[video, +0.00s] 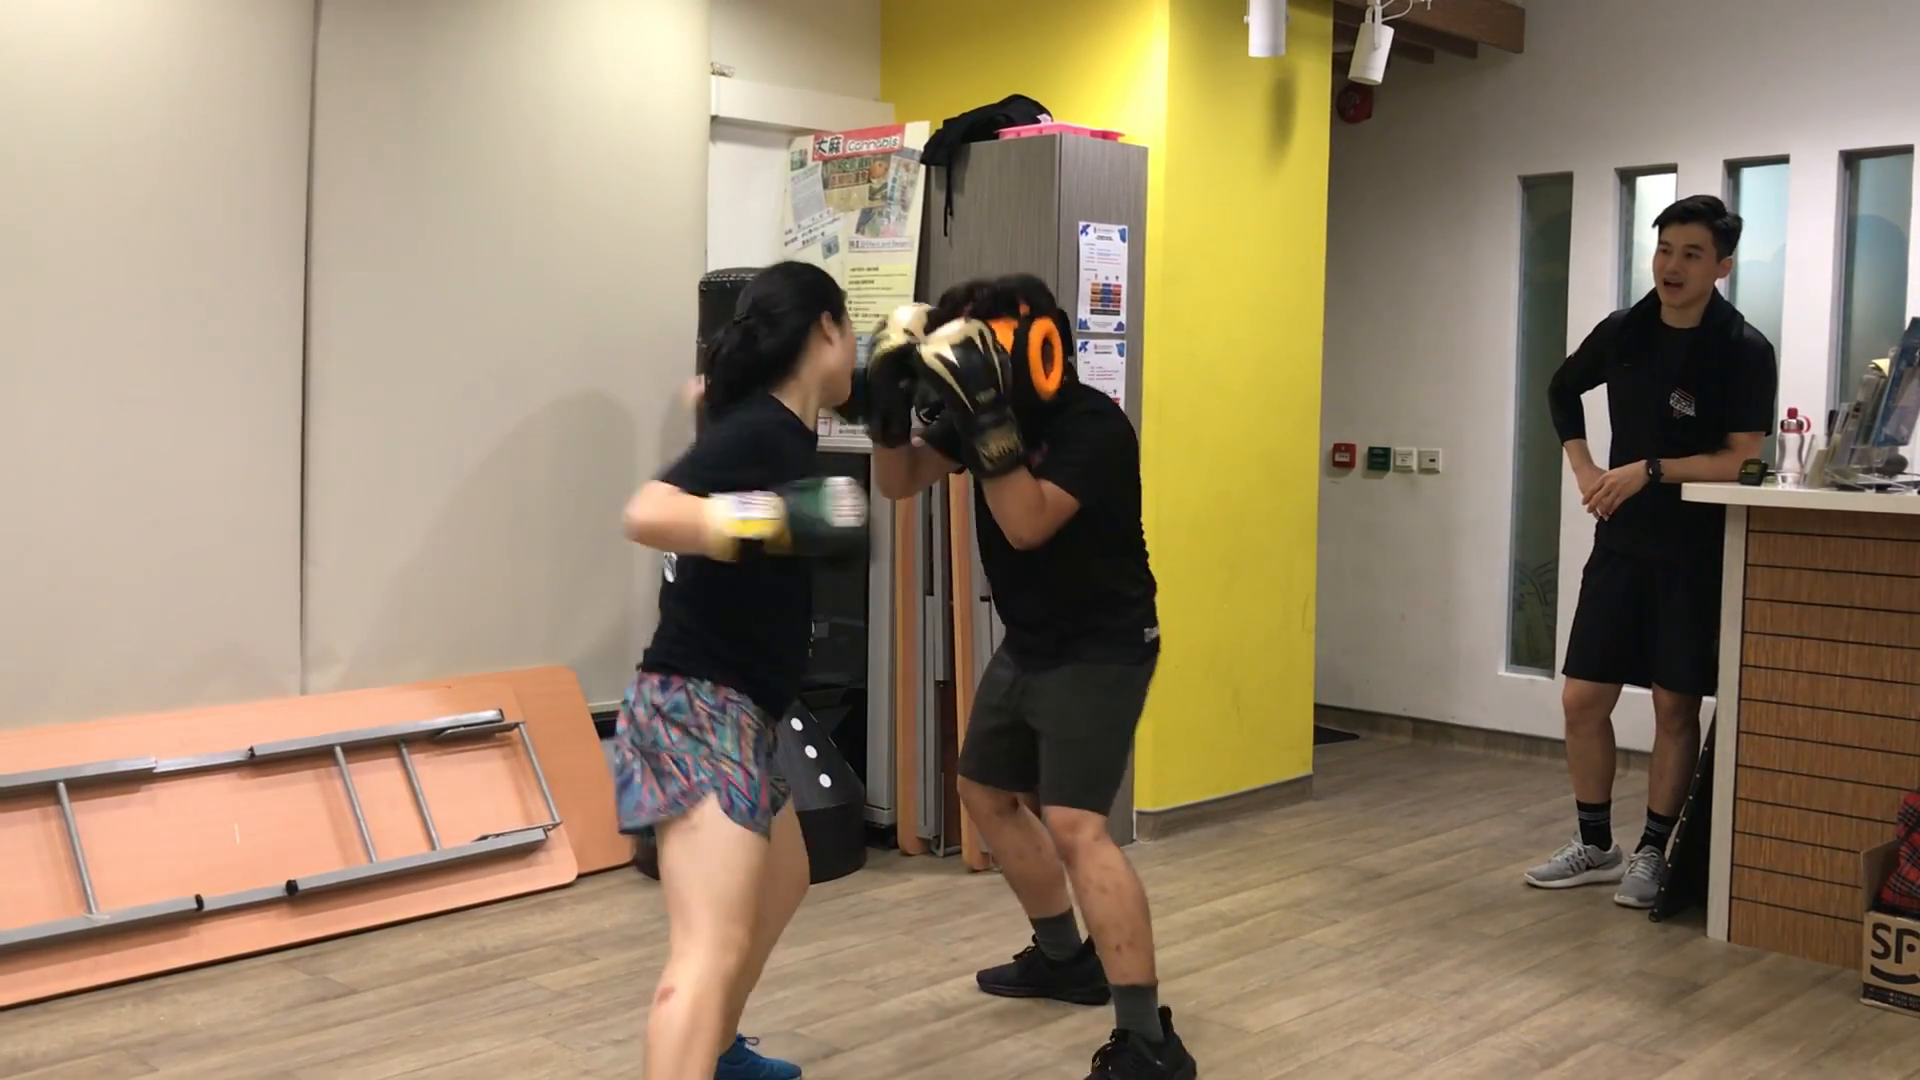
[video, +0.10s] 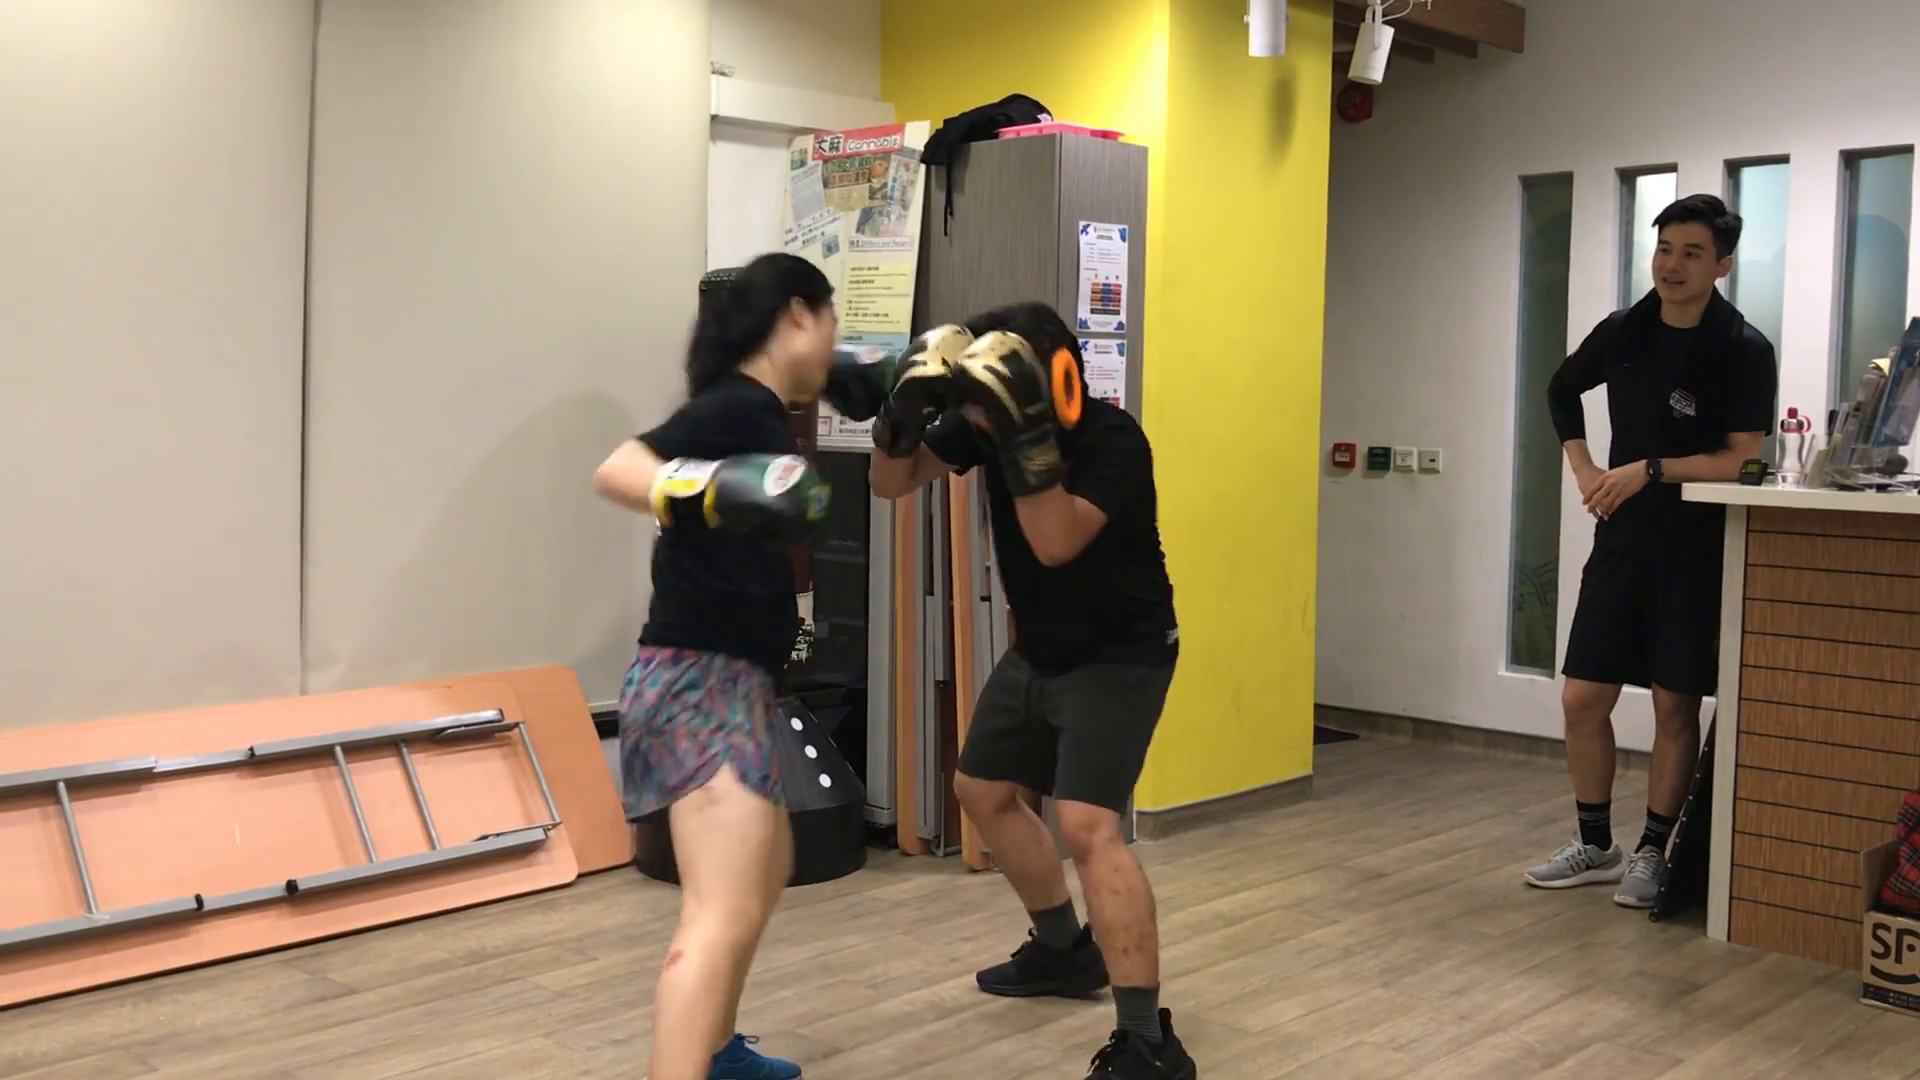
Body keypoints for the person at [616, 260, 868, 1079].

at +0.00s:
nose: (853, 346)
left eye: (847, 329)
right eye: (846, 329)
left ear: (780, 339)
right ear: (819, 336)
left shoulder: (786, 434)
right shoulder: (759, 432)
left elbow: (701, 400)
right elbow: (646, 511)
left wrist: (700, 404)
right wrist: (735, 523)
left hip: (736, 707)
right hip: (696, 705)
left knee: (782, 878)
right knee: (711, 949)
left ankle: (715, 1043)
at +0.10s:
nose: (835, 342)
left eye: (832, 325)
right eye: (829, 323)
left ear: (773, 323)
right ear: (793, 320)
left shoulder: (769, 415)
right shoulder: (734, 408)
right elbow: (617, 470)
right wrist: (710, 486)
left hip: (740, 677)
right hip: (703, 681)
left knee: (758, 884)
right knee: (722, 908)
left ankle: (711, 1044)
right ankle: (676, 1069)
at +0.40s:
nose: (740, 363)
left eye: (741, 353)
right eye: (738, 351)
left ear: (650, 338)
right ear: (702, 330)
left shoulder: (572, 404)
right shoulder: (711, 384)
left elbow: (550, 543)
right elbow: (861, 379)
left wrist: (625, 479)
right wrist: (812, 378)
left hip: (591, 667)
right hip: (671, 674)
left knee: (689, 872)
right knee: (653, 896)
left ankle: (707, 1047)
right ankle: (470, 1053)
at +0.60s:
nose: (688, 392)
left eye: (690, 377)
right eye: (688, 373)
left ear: (611, 355)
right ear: (651, 355)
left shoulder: (520, 423)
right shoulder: (657, 427)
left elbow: (461, 542)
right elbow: (754, 523)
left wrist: (558, 512)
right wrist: (680, 507)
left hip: (527, 700)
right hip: (585, 715)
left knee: (690, 840)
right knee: (555, 929)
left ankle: (701, 1044)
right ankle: (413, 1073)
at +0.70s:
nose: (682, 407)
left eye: (687, 389)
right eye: (684, 386)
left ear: (614, 368)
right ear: (647, 370)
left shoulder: (506, 436)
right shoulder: (629, 449)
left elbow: (411, 522)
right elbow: (693, 585)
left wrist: (510, 534)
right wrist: (723, 553)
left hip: (519, 709)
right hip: (565, 720)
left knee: (695, 834)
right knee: (546, 932)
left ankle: (707, 1029)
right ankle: (411, 1074)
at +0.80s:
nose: (701, 395)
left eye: (706, 379)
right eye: (703, 375)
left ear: (628, 356)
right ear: (668, 360)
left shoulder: (542, 419)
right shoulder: (615, 436)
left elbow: (432, 452)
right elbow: (597, 552)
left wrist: (510, 503)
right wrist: (681, 576)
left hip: (573, 695)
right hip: (563, 700)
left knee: (702, 824)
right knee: (524, 911)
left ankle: (718, 1006)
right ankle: (409, 1072)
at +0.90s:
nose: (734, 370)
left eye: (736, 353)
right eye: (732, 351)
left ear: (684, 340)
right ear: (696, 342)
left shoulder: (637, 416)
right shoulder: (609, 422)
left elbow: (550, 403)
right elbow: (507, 502)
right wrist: (614, 541)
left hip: (623, 678)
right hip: (560, 677)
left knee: (701, 820)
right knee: (519, 883)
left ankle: (719, 980)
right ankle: (415, 1068)